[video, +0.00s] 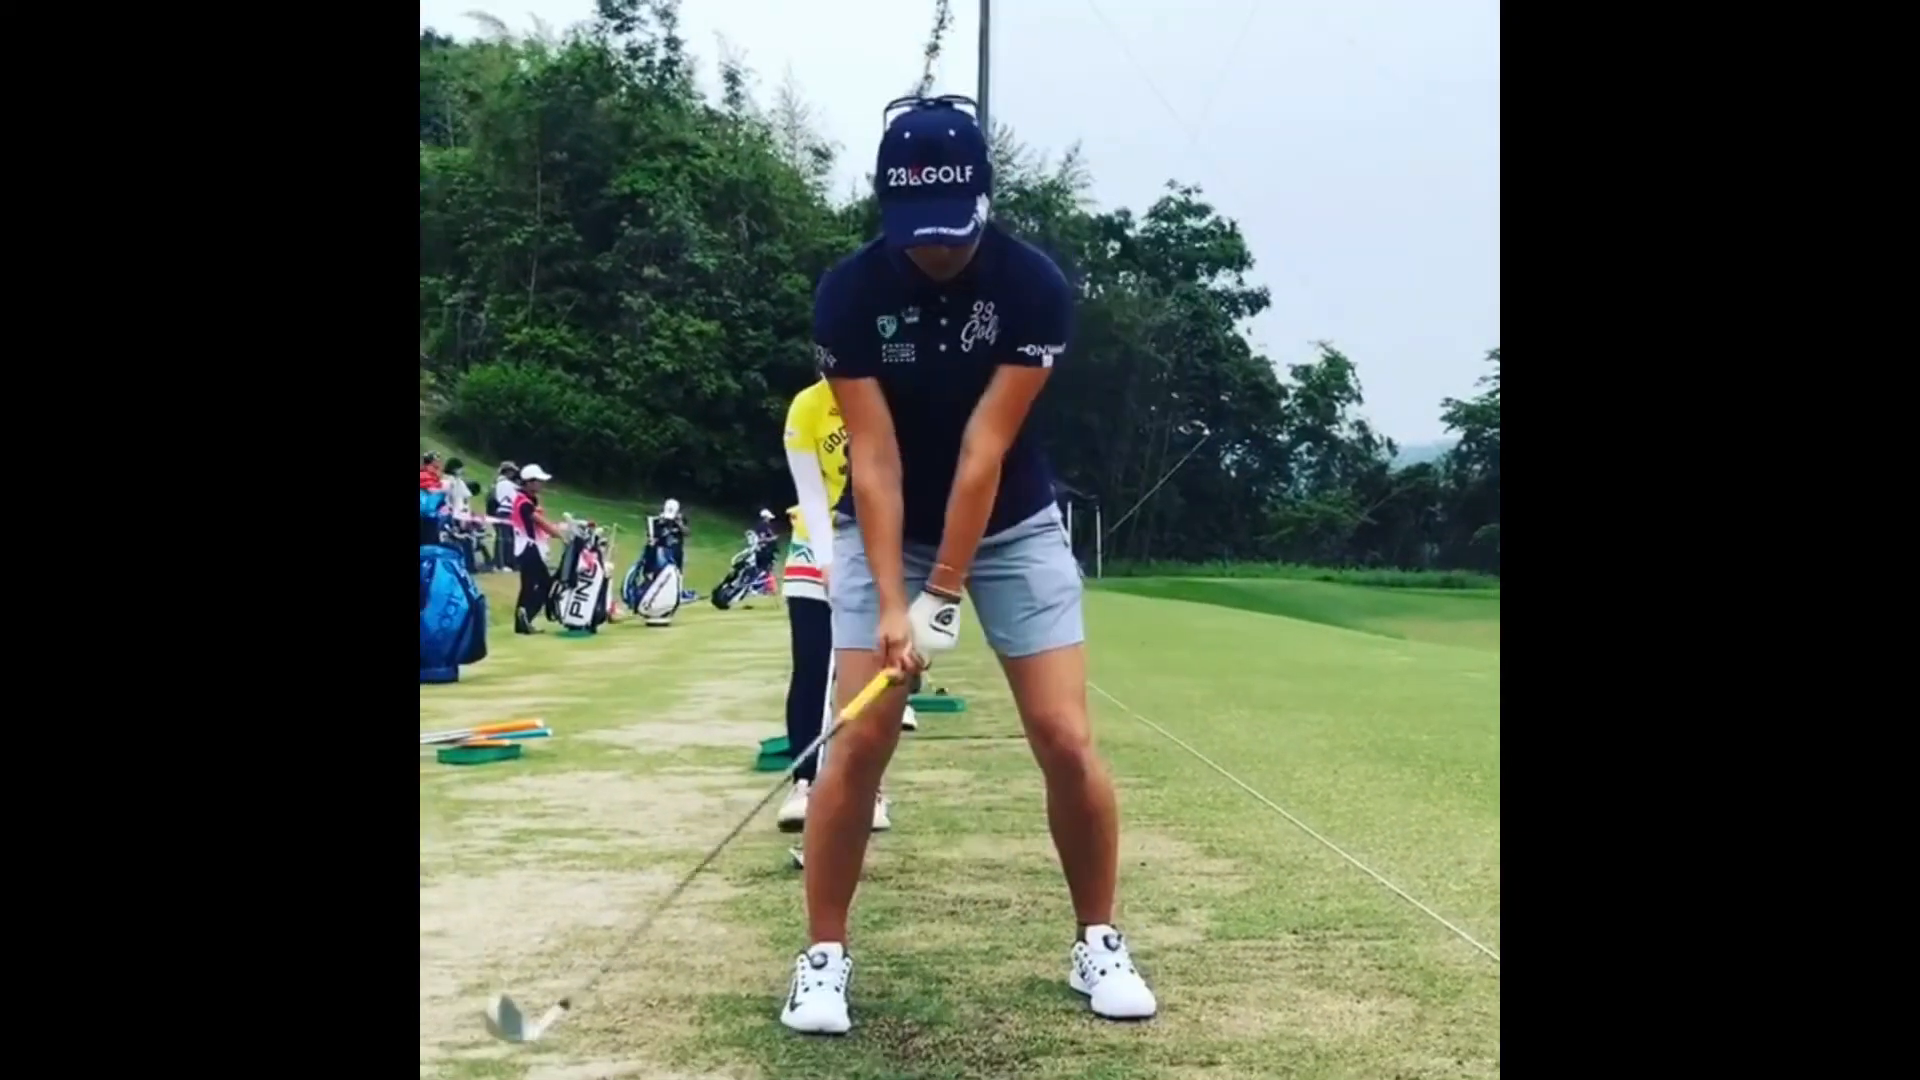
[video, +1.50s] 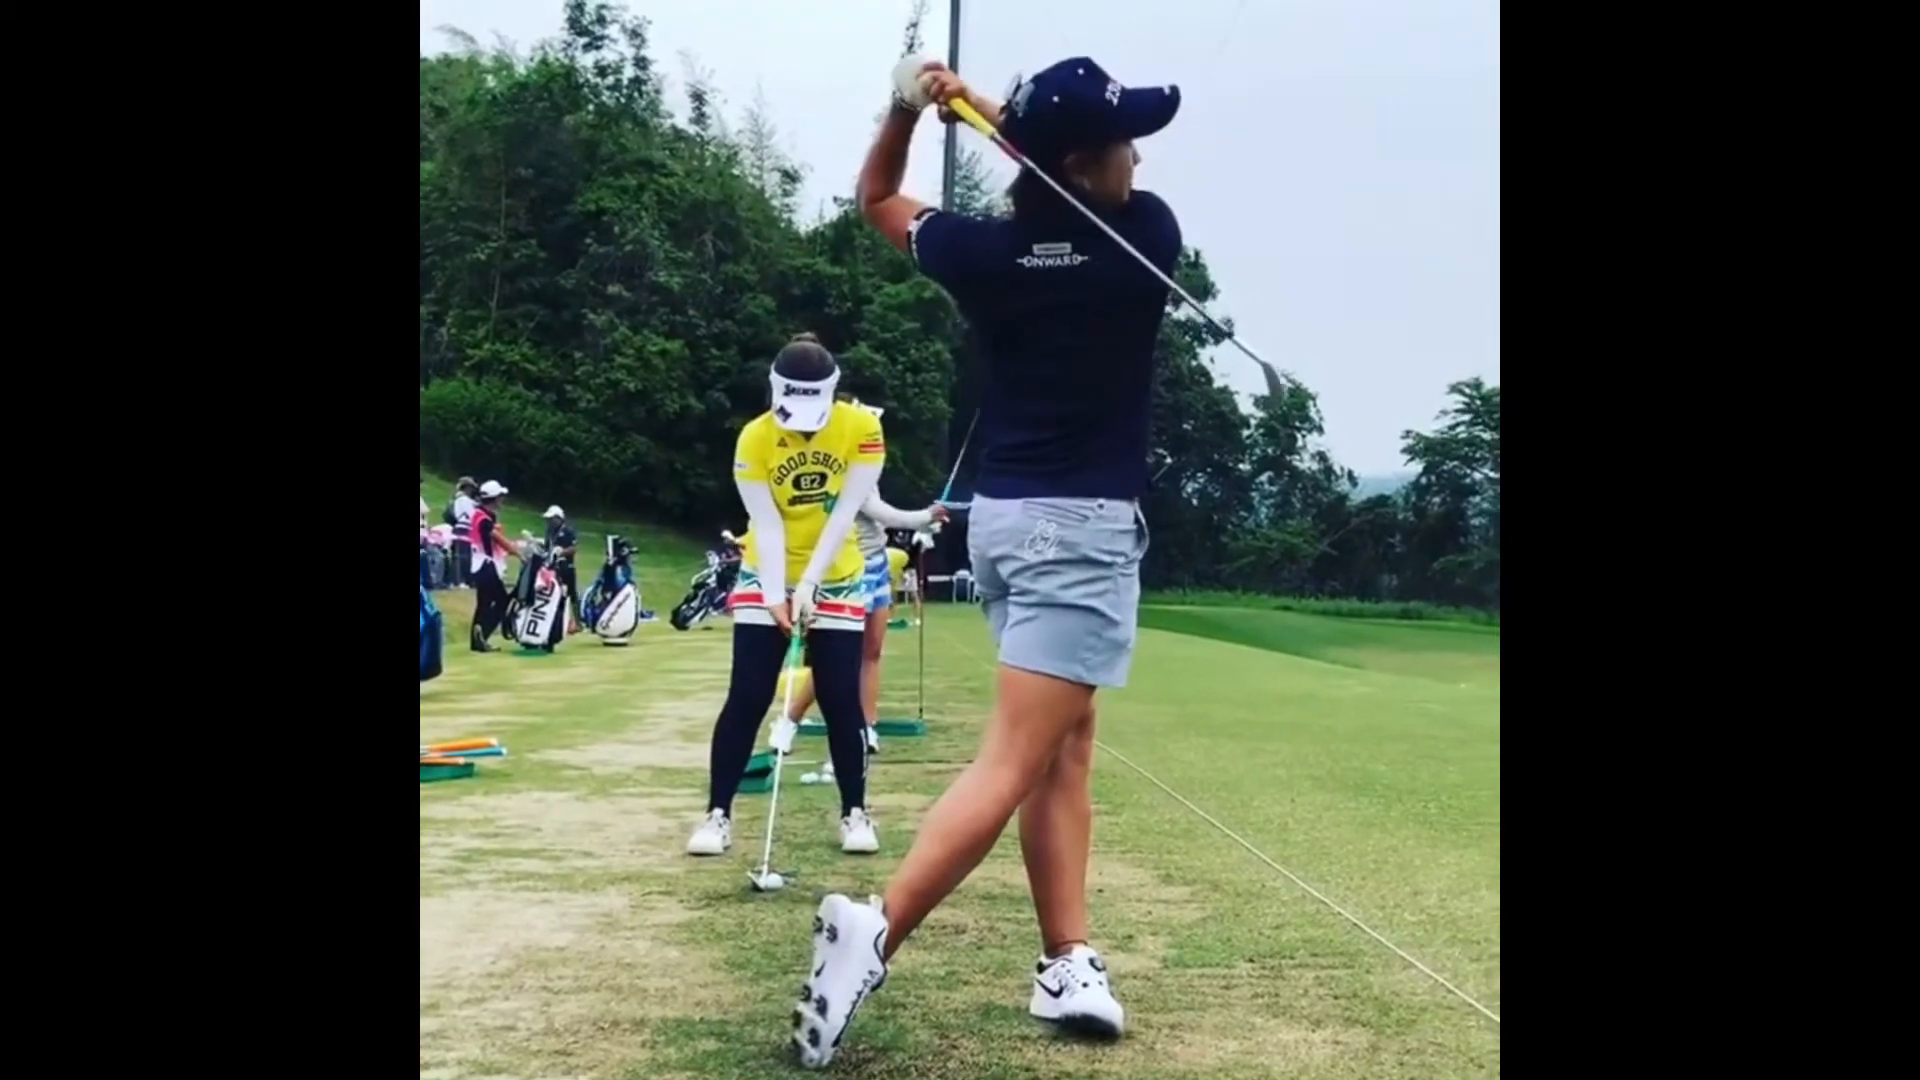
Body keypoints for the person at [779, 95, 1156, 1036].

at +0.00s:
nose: (939, 243)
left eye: (956, 223)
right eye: (920, 225)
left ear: (985, 199)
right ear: (890, 204)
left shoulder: (1036, 287)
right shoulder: (847, 293)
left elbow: (984, 451)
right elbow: (873, 454)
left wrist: (945, 590)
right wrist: (889, 598)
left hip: (1014, 528)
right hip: (888, 532)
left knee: (1066, 739)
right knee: (855, 745)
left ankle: (1100, 942)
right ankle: (824, 954)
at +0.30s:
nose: (938, 255)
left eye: (958, 237)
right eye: (922, 235)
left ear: (993, 217)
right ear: (897, 210)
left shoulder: (987, 323)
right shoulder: (890, 254)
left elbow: (805, 369)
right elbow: (799, 340)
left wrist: (662, 388)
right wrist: (669, 360)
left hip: (1018, 544)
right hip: (897, 542)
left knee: (1066, 761)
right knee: (867, 735)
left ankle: (1103, 946)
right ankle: (828, 958)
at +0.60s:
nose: (938, 260)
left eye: (957, 239)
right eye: (920, 241)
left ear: (998, 217)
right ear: (896, 222)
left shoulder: (992, 316)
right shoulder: (910, 284)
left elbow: (828, 253)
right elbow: (847, 304)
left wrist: (772, 175)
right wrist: (811, 189)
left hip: (1025, 555)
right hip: (908, 548)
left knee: (1063, 777)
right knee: (869, 746)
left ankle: (1099, 952)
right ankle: (825, 962)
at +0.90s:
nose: (998, 278)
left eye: (998, 253)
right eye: (974, 272)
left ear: (995, 217)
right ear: (928, 265)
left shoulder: (1014, 214)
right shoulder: (951, 356)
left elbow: (1105, 322)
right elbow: (1101, 423)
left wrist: (1199, 424)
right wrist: (1225, 446)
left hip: (1093, 512)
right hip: (1013, 535)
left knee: (1097, 728)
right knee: (969, 752)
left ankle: (1094, 952)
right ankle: (819, 941)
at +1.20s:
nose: (1129, 183)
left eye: (1123, 168)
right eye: (1114, 176)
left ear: (1020, 182)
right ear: (1072, 191)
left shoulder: (970, 244)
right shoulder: (1133, 252)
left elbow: (975, 182)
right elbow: (1063, 176)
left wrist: (986, 95)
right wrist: (1004, 87)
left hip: (1002, 515)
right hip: (1081, 522)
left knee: (1078, 744)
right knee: (1023, 762)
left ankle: (1081, 958)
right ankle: (878, 927)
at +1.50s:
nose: (1137, 150)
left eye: (1130, 136)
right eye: (1124, 143)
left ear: (1035, 162)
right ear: (1092, 162)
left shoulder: (981, 248)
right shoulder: (1149, 232)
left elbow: (880, 198)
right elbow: (1070, 185)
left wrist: (904, 107)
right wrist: (991, 117)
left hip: (993, 516)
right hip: (1085, 520)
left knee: (1066, 746)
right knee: (1012, 762)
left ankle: (1068, 962)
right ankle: (874, 931)